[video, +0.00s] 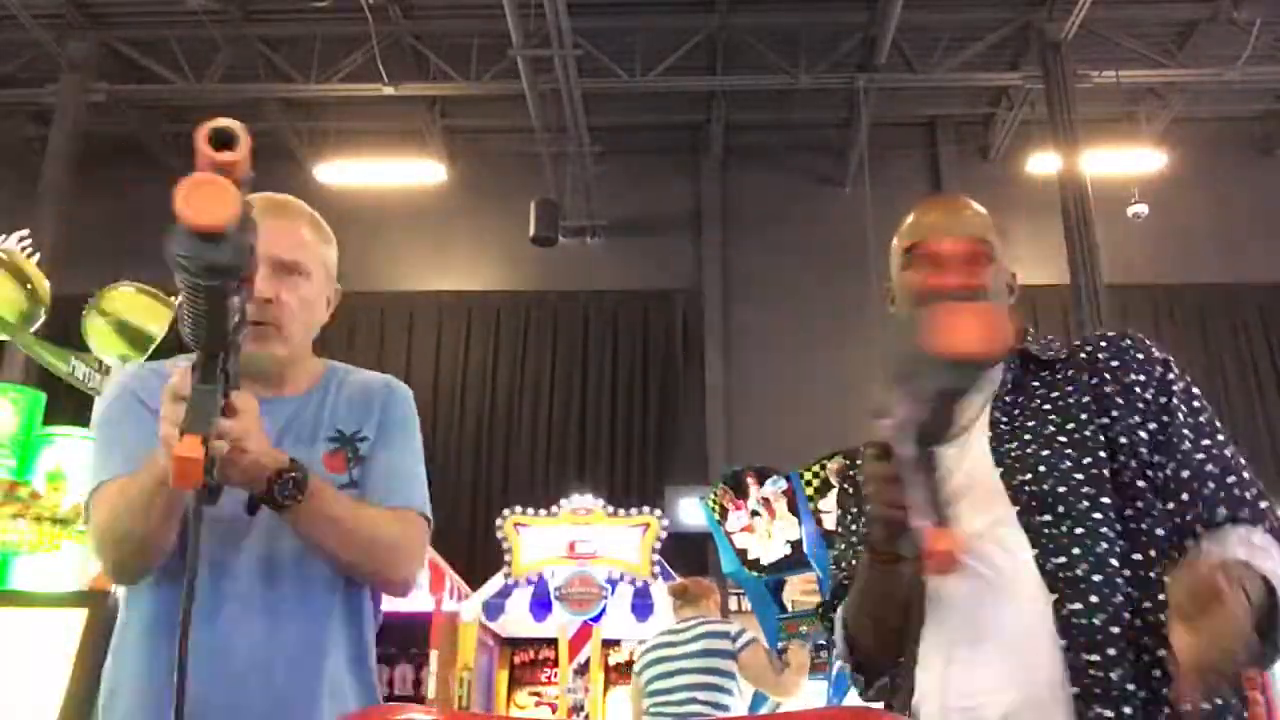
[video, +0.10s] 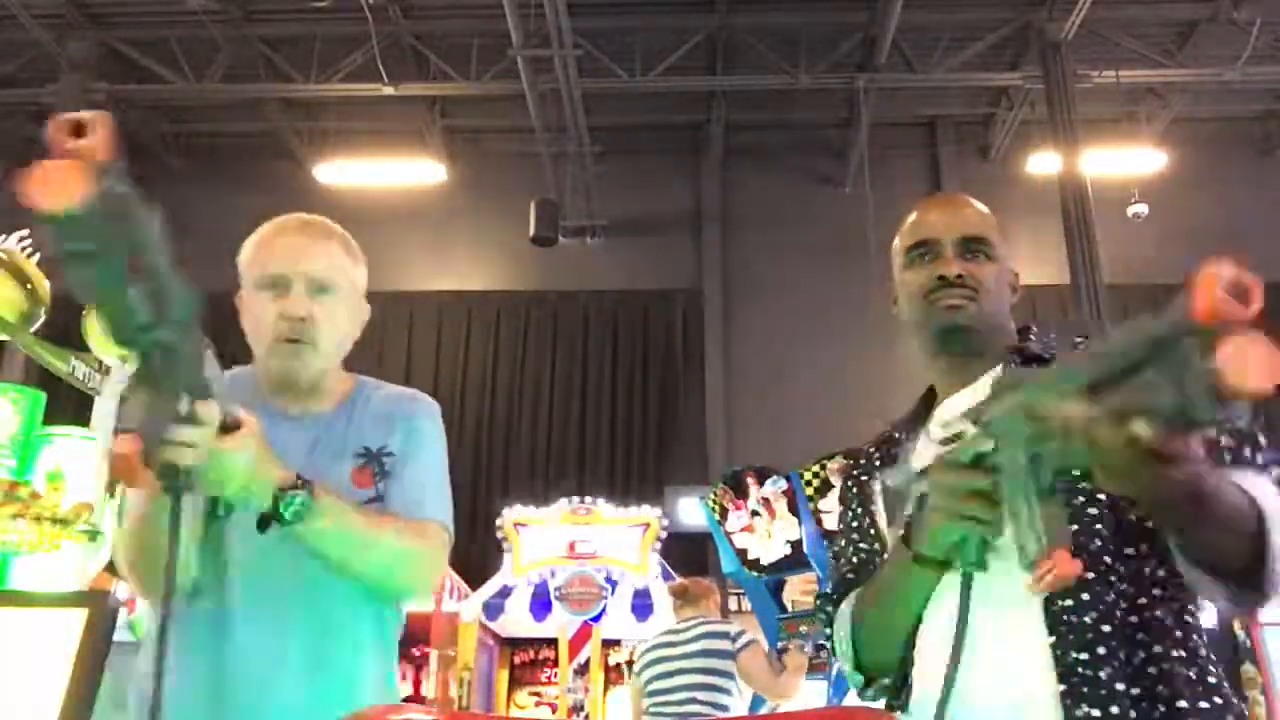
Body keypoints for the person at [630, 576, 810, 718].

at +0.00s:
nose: (722, 611)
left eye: (721, 606)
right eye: (720, 605)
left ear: (675, 611)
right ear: (713, 602)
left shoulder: (646, 649)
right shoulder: (730, 632)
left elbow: (638, 714)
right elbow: (785, 688)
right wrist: (800, 657)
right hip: (712, 713)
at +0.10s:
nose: (722, 610)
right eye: (720, 604)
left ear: (675, 610)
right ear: (713, 602)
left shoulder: (646, 649)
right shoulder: (730, 633)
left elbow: (638, 714)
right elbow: (780, 691)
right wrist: (797, 663)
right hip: (713, 712)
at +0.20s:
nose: (722, 608)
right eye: (720, 602)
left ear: (677, 609)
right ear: (713, 601)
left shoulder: (647, 648)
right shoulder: (731, 633)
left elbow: (637, 712)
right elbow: (759, 690)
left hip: (657, 715)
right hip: (712, 713)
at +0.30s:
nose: (721, 606)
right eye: (720, 601)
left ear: (677, 608)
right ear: (713, 600)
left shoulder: (646, 648)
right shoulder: (729, 632)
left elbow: (638, 711)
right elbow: (749, 694)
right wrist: (768, 693)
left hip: (657, 714)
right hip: (708, 712)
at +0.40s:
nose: (720, 607)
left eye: (719, 601)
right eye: (717, 600)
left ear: (675, 607)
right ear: (710, 597)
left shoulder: (647, 646)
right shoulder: (728, 632)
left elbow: (637, 712)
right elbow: (764, 696)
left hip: (656, 715)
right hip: (706, 713)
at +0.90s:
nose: (716, 607)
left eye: (714, 601)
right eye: (714, 600)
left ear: (672, 609)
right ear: (707, 599)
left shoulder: (645, 648)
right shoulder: (729, 632)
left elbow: (639, 710)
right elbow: (779, 679)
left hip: (656, 715)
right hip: (709, 714)